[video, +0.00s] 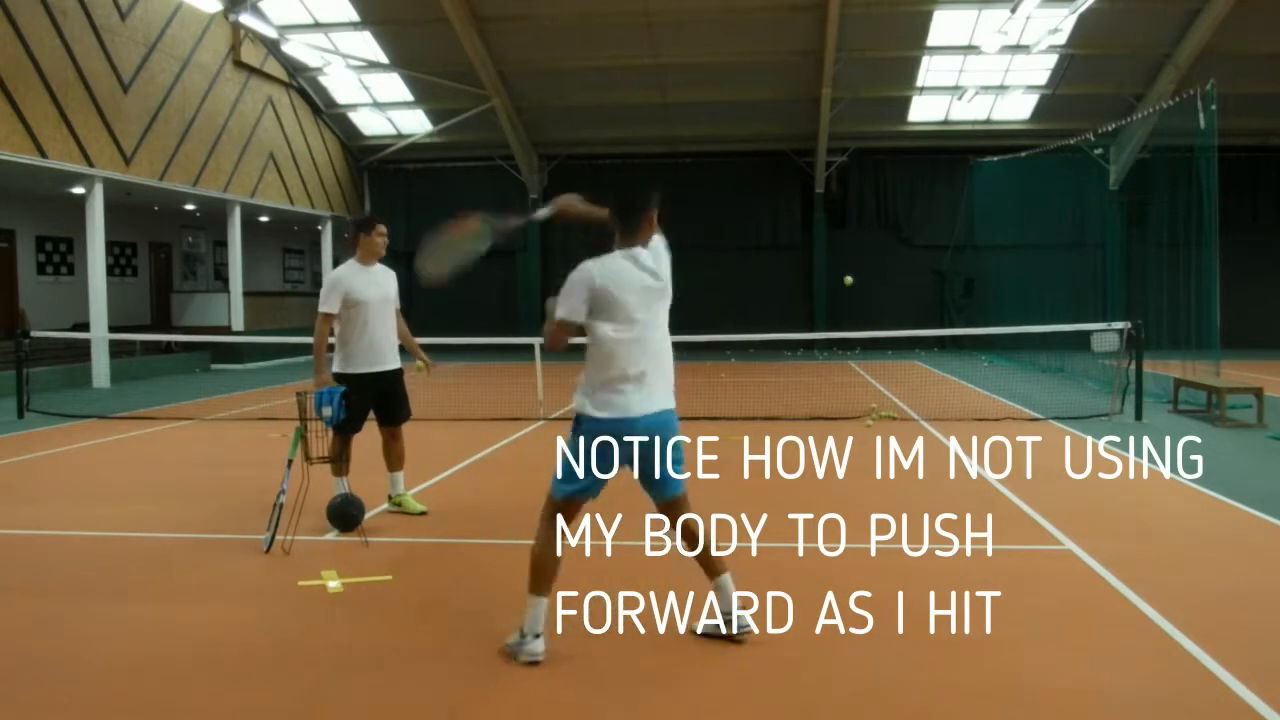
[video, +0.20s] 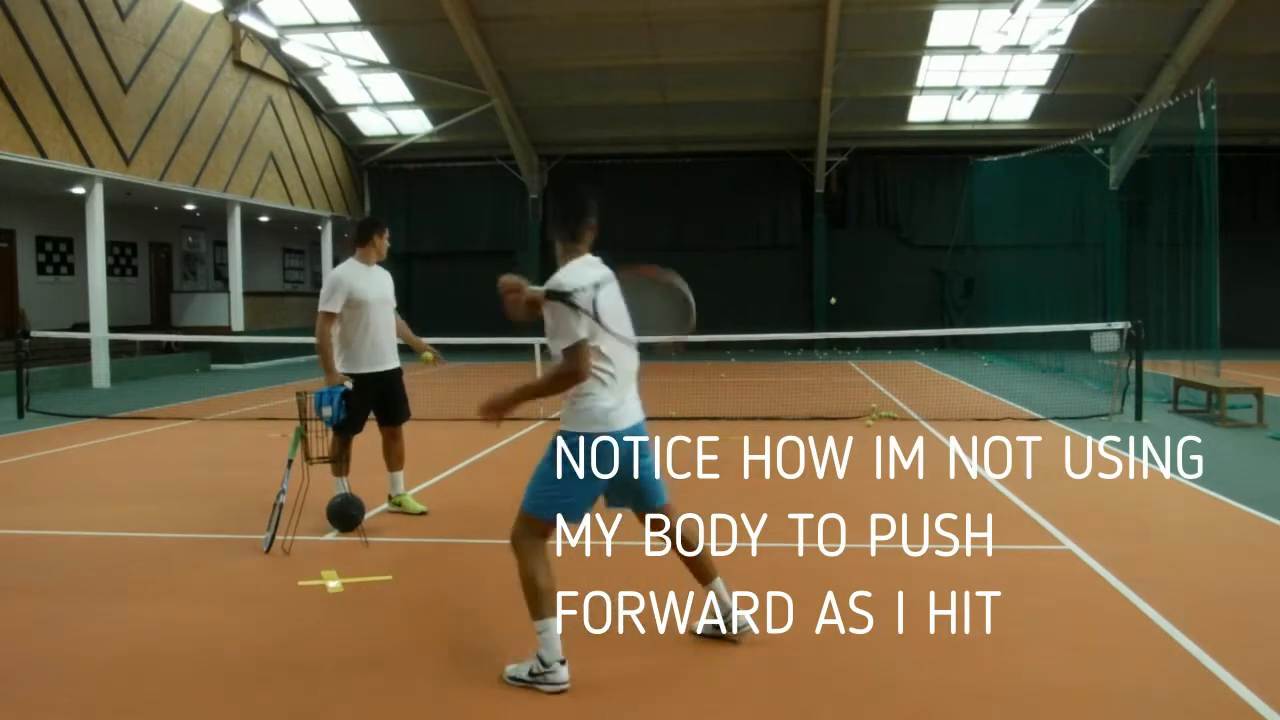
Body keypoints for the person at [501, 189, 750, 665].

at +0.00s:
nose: (657, 220)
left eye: (651, 212)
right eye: (657, 213)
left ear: (614, 219)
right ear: (652, 218)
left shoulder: (588, 274)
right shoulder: (658, 259)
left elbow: (555, 338)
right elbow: (628, 221)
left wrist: (593, 323)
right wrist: (586, 209)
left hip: (599, 425)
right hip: (657, 419)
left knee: (555, 519)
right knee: (681, 513)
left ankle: (532, 633)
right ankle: (732, 611)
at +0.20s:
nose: (587, 234)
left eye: (555, 226)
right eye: (591, 226)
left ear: (548, 228)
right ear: (592, 229)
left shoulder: (562, 288)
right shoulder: (600, 272)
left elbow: (577, 367)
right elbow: (579, 311)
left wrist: (512, 398)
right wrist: (535, 302)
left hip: (587, 438)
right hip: (630, 430)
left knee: (528, 537)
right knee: (664, 520)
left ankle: (549, 662)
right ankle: (729, 611)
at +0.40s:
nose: (541, 205)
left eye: (520, 199)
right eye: (544, 198)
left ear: (506, 202)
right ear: (547, 203)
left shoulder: (509, 254)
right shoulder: (561, 255)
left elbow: (540, 323)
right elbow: (555, 337)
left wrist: (521, 406)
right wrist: (491, 351)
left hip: (536, 418)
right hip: (581, 411)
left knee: (506, 536)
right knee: (593, 516)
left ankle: (546, 660)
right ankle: (636, 631)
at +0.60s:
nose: (524, 211)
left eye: (507, 205)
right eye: (525, 204)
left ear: (480, 208)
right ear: (524, 209)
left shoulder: (472, 260)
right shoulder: (546, 268)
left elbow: (480, 339)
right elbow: (565, 351)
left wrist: (433, 399)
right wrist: (540, 400)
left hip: (487, 426)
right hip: (542, 426)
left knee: (437, 528)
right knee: (530, 527)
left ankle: (472, 656)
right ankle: (546, 654)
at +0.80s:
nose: (482, 216)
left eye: (472, 208)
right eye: (483, 209)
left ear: (436, 213)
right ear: (480, 213)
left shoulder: (404, 264)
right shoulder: (505, 276)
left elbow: (387, 344)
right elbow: (525, 361)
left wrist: (371, 381)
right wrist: (524, 417)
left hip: (419, 434)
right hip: (488, 432)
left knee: (383, 559)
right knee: (513, 542)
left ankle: (351, 687)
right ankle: (545, 656)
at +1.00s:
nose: (446, 211)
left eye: (441, 203)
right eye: (446, 203)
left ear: (397, 208)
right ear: (442, 207)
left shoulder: (364, 263)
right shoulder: (458, 272)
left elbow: (342, 346)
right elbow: (478, 364)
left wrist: (395, 369)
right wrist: (509, 400)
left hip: (372, 435)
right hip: (438, 434)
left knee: (372, 566)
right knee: (486, 558)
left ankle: (350, 694)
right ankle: (535, 664)